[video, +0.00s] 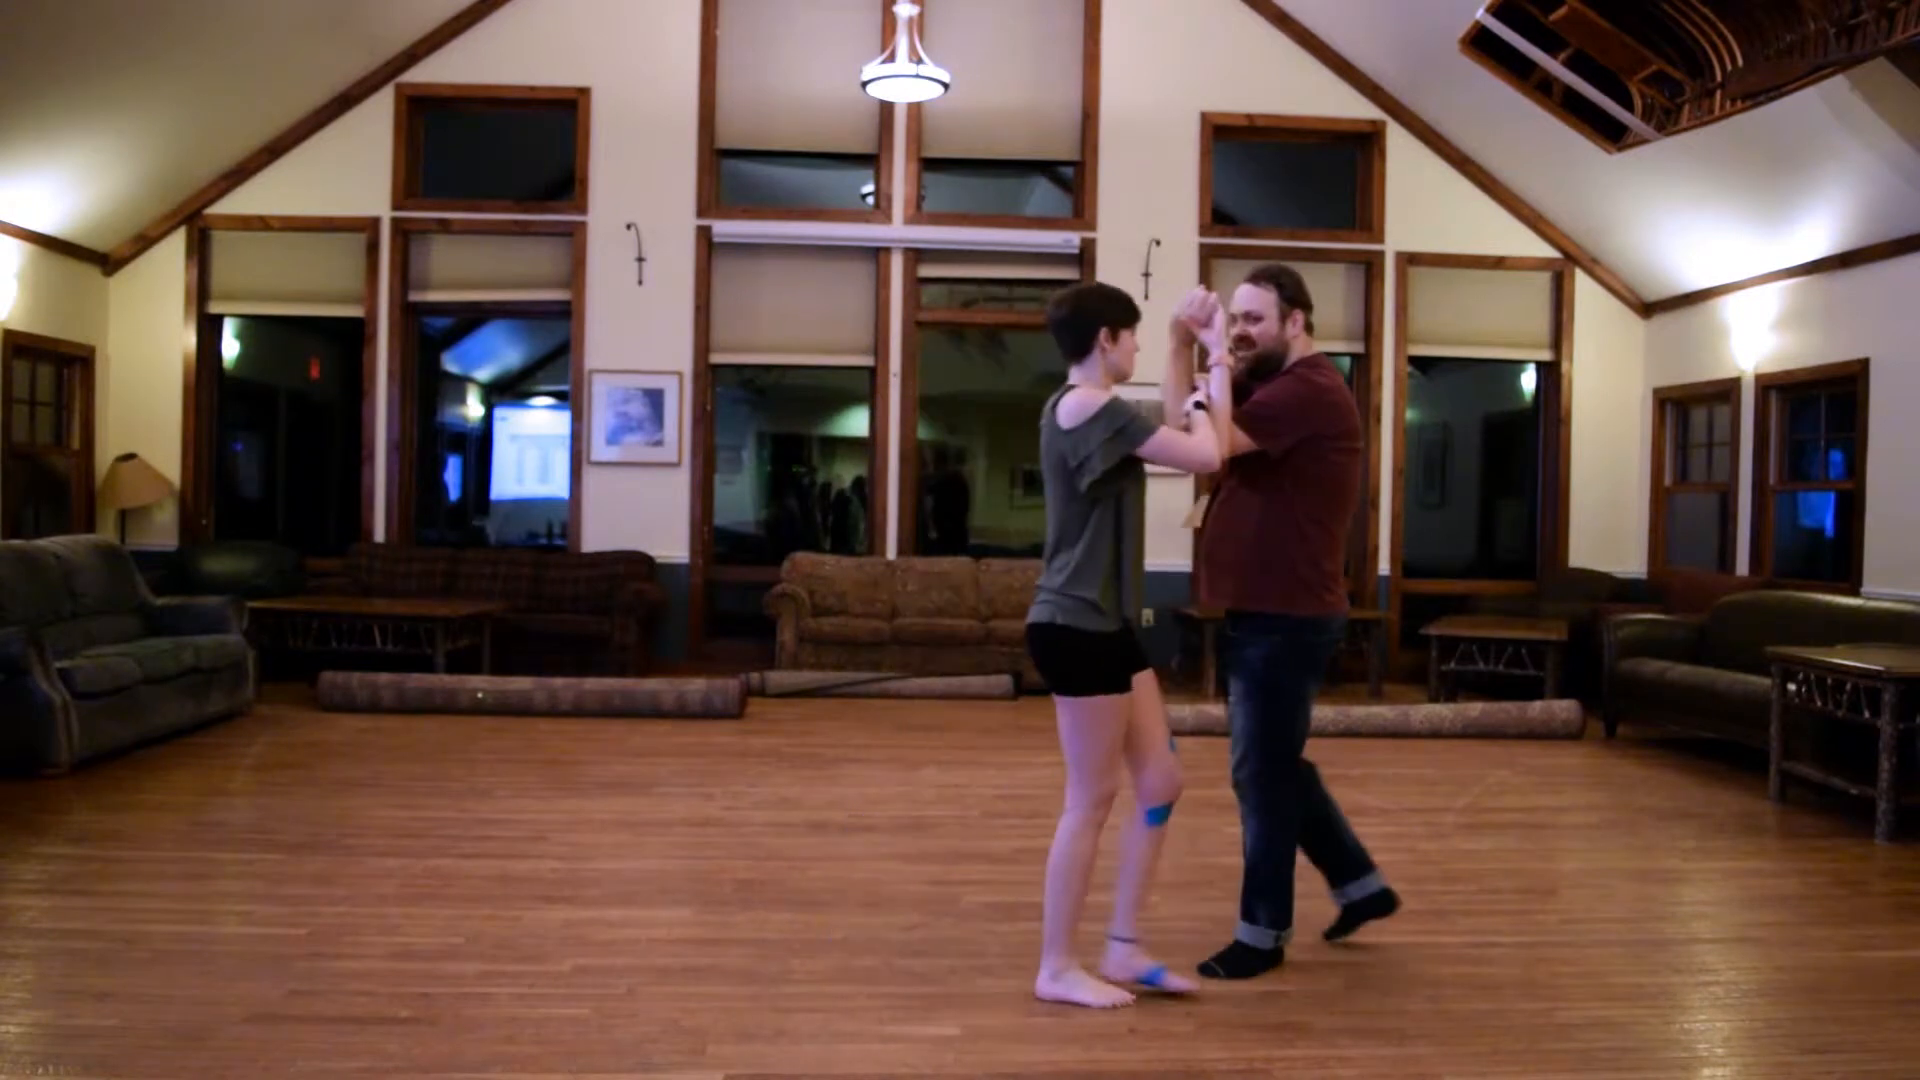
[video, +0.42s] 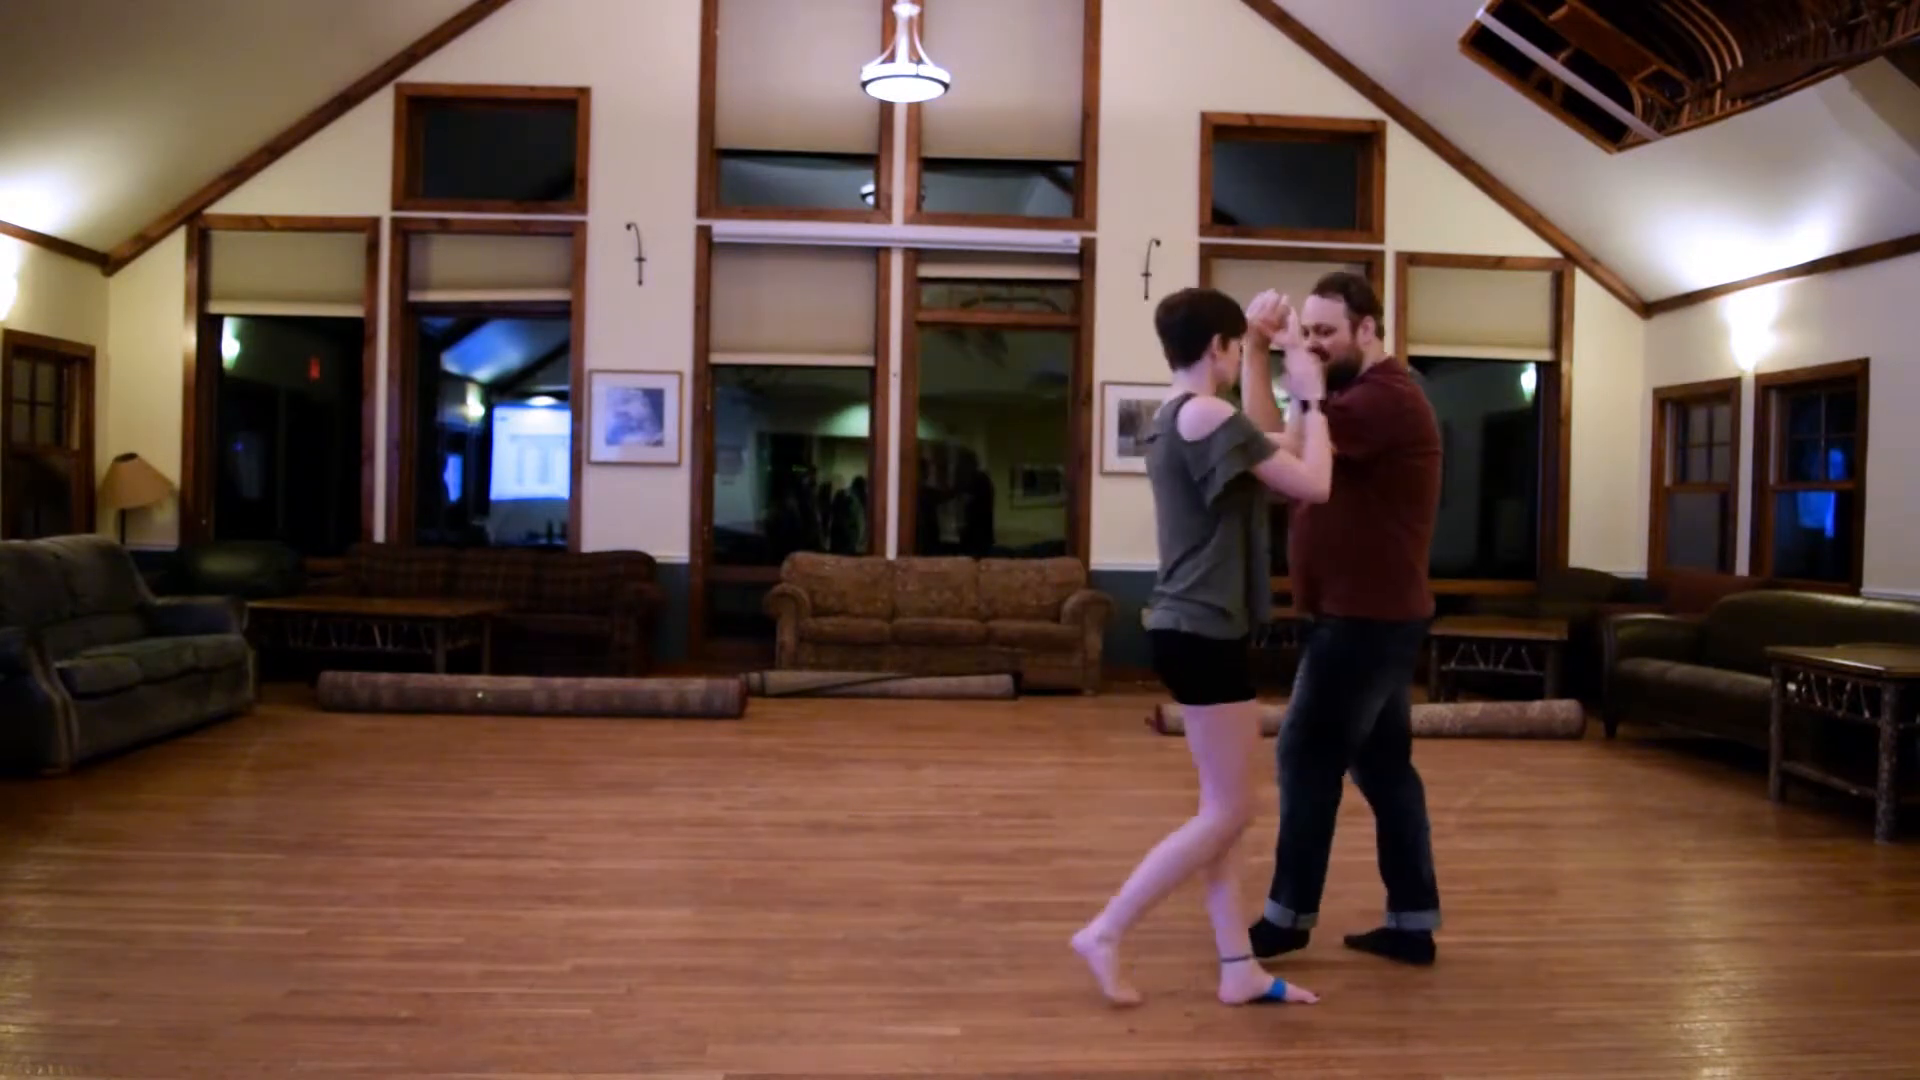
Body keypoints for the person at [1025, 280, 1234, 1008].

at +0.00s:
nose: (1137, 347)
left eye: (1136, 335)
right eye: (1133, 335)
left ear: (1084, 344)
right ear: (1108, 341)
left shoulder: (1072, 408)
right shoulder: (1097, 414)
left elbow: (1178, 443)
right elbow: (1209, 452)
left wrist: (1185, 364)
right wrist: (1217, 374)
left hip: (1107, 623)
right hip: (1078, 627)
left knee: (1158, 784)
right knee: (1091, 797)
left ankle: (1123, 950)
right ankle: (1056, 970)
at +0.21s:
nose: (1189, 352)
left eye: (1189, 343)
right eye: (1187, 342)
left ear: (1131, 351)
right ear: (1166, 349)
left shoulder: (1131, 413)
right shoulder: (1153, 419)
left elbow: (1217, 435)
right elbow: (1263, 462)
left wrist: (1222, 354)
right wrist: (1261, 386)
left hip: (1157, 632)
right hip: (1129, 634)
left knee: (1192, 799)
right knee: (1112, 806)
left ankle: (1230, 966)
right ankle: (1056, 968)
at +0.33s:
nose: (1222, 357)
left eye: (1221, 345)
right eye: (1220, 346)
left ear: (1157, 351)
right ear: (1200, 349)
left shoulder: (1156, 416)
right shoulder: (1194, 422)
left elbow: (1241, 428)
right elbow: (1296, 473)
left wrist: (1247, 347)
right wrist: (1286, 401)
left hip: (1188, 632)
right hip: (1178, 636)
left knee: (1215, 802)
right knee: (1172, 806)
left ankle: (1238, 969)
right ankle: (1070, 951)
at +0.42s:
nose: (1243, 356)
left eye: (1242, 345)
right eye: (1240, 345)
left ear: (1178, 349)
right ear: (1220, 348)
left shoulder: (1176, 417)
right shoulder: (1209, 418)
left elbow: (1270, 450)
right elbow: (1313, 482)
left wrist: (1262, 354)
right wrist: (1311, 393)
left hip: (1188, 629)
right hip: (1207, 634)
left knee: (1223, 809)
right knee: (1227, 810)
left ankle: (1239, 969)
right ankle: (1103, 933)